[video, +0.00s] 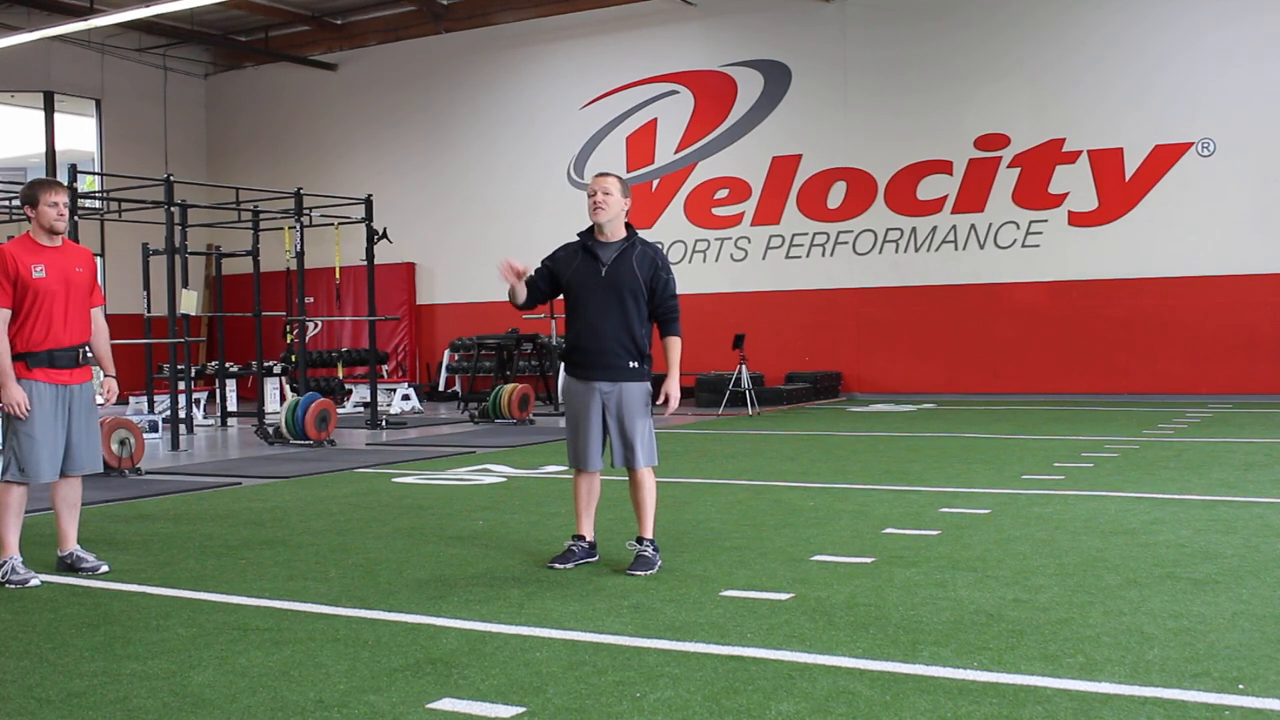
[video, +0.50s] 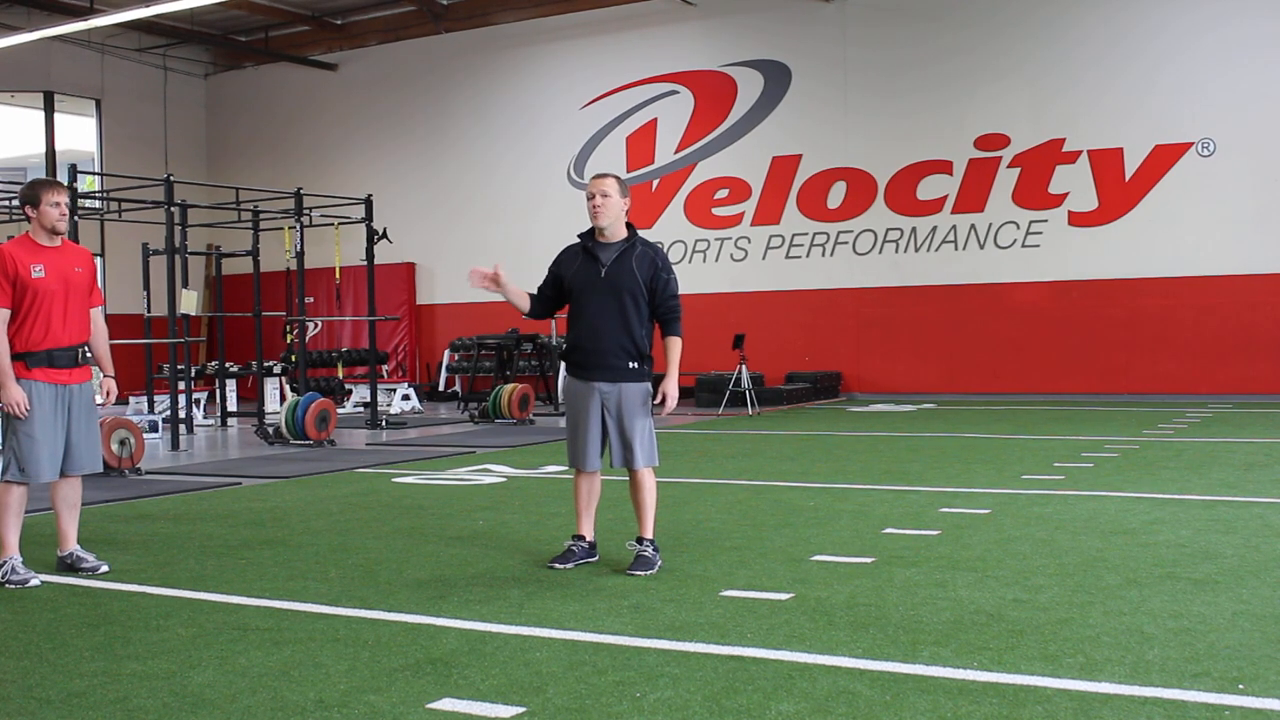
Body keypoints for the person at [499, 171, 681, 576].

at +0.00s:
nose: (597, 199)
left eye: (606, 193)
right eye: (592, 194)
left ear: (626, 203)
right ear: (587, 204)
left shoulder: (649, 256)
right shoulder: (568, 256)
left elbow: (669, 320)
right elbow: (527, 299)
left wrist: (673, 376)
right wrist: (517, 284)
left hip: (631, 379)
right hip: (580, 377)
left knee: (638, 463)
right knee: (584, 463)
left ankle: (646, 544)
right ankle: (584, 542)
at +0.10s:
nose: (596, 201)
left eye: (604, 195)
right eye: (591, 196)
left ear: (625, 204)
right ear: (586, 205)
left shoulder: (649, 257)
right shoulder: (569, 256)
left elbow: (669, 320)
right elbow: (525, 297)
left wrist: (673, 376)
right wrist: (515, 268)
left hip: (631, 379)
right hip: (580, 378)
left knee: (638, 463)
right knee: (584, 464)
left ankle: (646, 544)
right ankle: (583, 542)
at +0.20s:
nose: (595, 203)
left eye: (603, 197)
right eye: (590, 197)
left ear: (624, 204)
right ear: (586, 206)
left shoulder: (649, 257)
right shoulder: (569, 256)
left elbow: (670, 320)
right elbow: (530, 299)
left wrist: (672, 376)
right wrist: (515, 264)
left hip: (630, 380)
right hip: (580, 378)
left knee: (638, 464)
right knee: (584, 464)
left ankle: (646, 544)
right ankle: (583, 542)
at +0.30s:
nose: (594, 203)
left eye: (602, 197)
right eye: (590, 198)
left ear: (624, 204)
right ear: (586, 206)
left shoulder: (650, 257)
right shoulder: (571, 257)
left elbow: (670, 320)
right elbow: (534, 302)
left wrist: (671, 376)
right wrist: (510, 270)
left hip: (630, 379)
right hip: (580, 378)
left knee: (638, 463)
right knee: (584, 464)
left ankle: (646, 544)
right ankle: (583, 542)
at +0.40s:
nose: (596, 203)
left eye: (604, 197)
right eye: (591, 198)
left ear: (625, 204)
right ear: (586, 206)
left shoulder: (651, 258)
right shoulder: (572, 257)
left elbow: (670, 320)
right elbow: (536, 305)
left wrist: (671, 377)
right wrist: (500, 282)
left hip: (630, 381)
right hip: (580, 379)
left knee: (639, 464)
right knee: (585, 463)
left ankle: (646, 544)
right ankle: (584, 542)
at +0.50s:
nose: (595, 202)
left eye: (603, 196)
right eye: (590, 197)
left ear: (625, 204)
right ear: (586, 206)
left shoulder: (651, 258)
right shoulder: (572, 257)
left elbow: (671, 320)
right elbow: (539, 307)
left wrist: (672, 375)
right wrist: (504, 285)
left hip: (631, 380)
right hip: (580, 379)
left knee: (639, 464)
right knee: (584, 463)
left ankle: (646, 544)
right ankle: (583, 542)